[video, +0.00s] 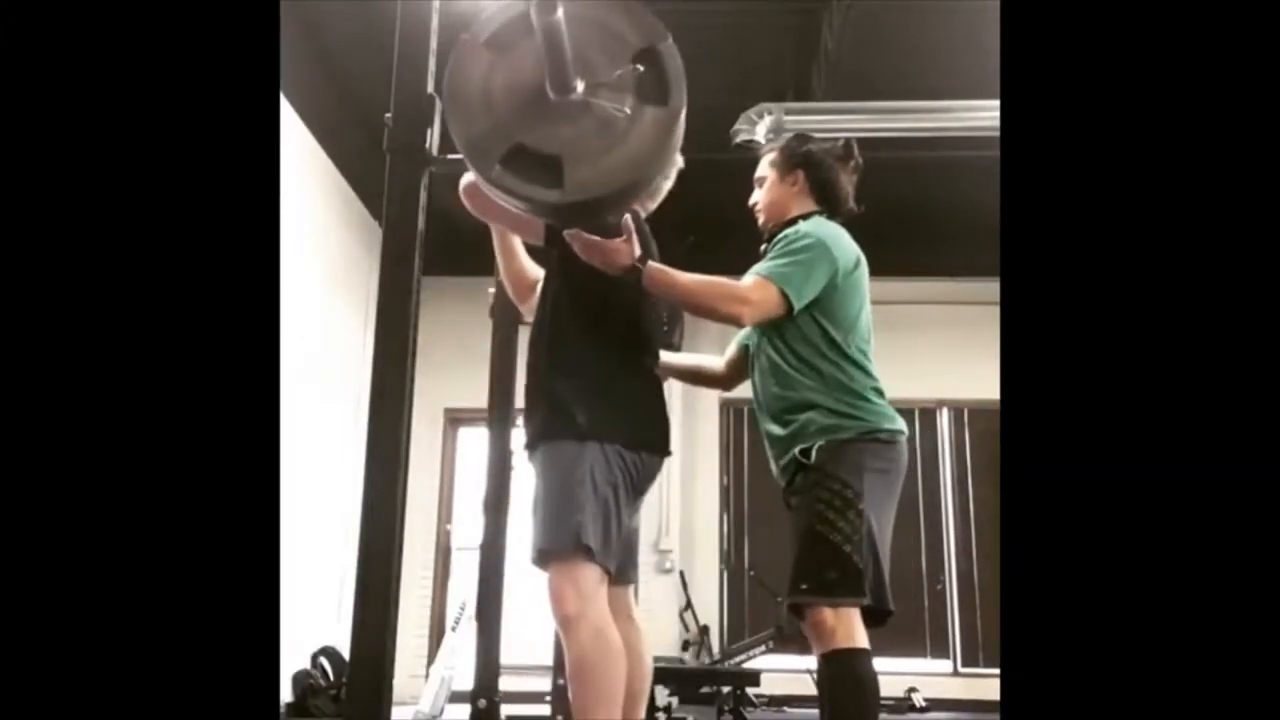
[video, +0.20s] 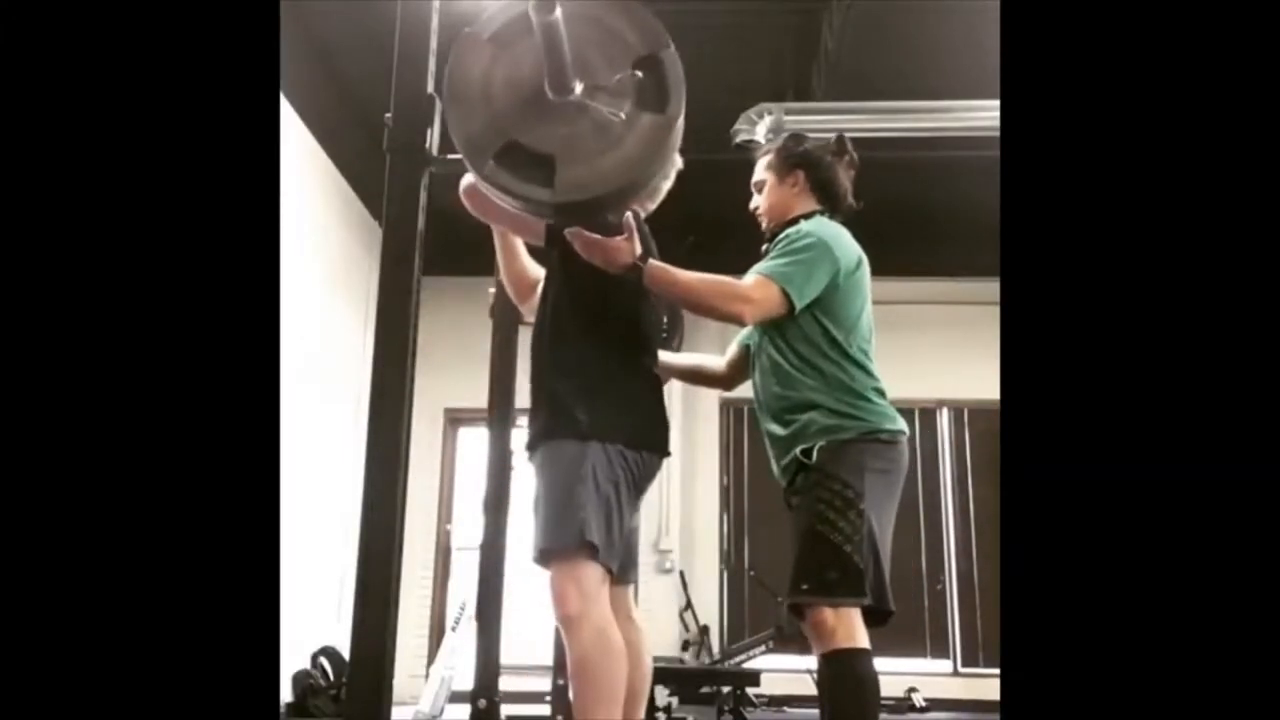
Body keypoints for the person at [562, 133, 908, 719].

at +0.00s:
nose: (751, 199)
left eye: (761, 184)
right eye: (753, 186)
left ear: (796, 181)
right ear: (795, 186)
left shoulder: (820, 238)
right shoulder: (784, 269)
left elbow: (749, 303)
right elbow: (726, 373)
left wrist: (637, 267)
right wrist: (641, 354)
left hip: (852, 442)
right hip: (816, 453)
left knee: (830, 611)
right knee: (822, 616)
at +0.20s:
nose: (752, 203)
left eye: (760, 187)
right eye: (751, 190)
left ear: (796, 182)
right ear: (795, 187)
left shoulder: (822, 238)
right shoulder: (786, 270)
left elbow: (750, 301)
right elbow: (727, 372)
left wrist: (638, 264)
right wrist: (643, 355)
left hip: (853, 443)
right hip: (817, 453)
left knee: (831, 610)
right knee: (823, 616)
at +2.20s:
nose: (697, 276)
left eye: (706, 259)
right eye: (700, 262)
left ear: (742, 259)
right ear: (741, 261)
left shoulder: (774, 310)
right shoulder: (762, 325)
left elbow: (716, 394)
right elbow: (721, 434)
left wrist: (604, 378)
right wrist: (660, 480)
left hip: (898, 472)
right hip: (863, 481)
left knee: (806, 601)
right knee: (804, 608)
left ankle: (832, 714)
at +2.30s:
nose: (700, 263)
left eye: (709, 247)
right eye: (703, 249)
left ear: (746, 246)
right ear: (743, 249)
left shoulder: (775, 299)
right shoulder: (759, 314)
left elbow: (714, 380)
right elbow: (719, 422)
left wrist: (601, 359)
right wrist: (663, 461)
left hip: (891, 466)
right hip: (856, 475)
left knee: (808, 603)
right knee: (807, 613)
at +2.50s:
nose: (710, 225)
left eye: (719, 210)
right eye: (713, 211)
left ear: (753, 213)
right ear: (754, 216)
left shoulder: (778, 268)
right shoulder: (753, 291)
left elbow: (715, 340)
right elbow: (703, 406)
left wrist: (606, 310)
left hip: (876, 448)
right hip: (853, 455)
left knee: (821, 606)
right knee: (818, 610)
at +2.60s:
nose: (717, 211)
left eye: (726, 197)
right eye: (722, 197)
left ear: (760, 200)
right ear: (760, 204)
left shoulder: (781, 255)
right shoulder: (759, 278)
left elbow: (718, 324)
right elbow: (706, 394)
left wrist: (610, 286)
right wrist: (625, 374)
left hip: (864, 445)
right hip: (837, 455)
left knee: (826, 613)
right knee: (823, 615)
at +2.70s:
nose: (725, 202)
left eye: (734, 189)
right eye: (729, 189)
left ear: (764, 191)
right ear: (764, 195)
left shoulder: (787, 248)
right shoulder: (763, 269)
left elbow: (729, 320)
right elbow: (716, 391)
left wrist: (631, 269)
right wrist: (644, 375)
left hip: (854, 445)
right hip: (827, 453)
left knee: (824, 613)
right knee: (822, 615)